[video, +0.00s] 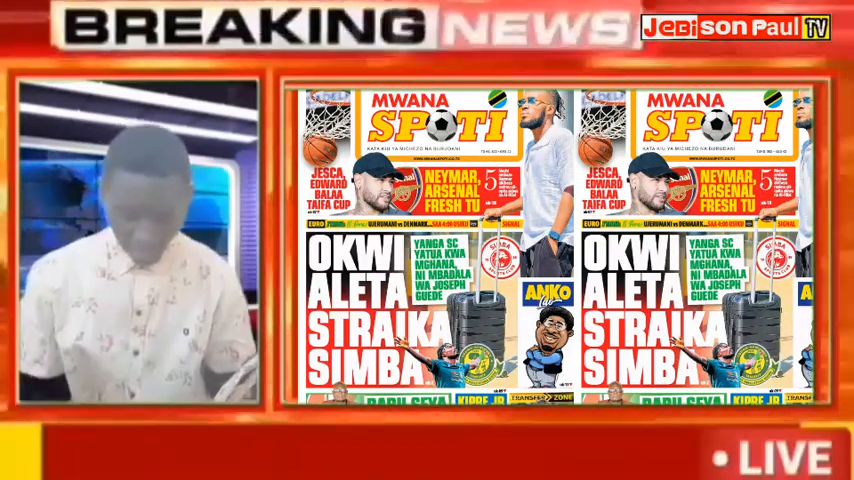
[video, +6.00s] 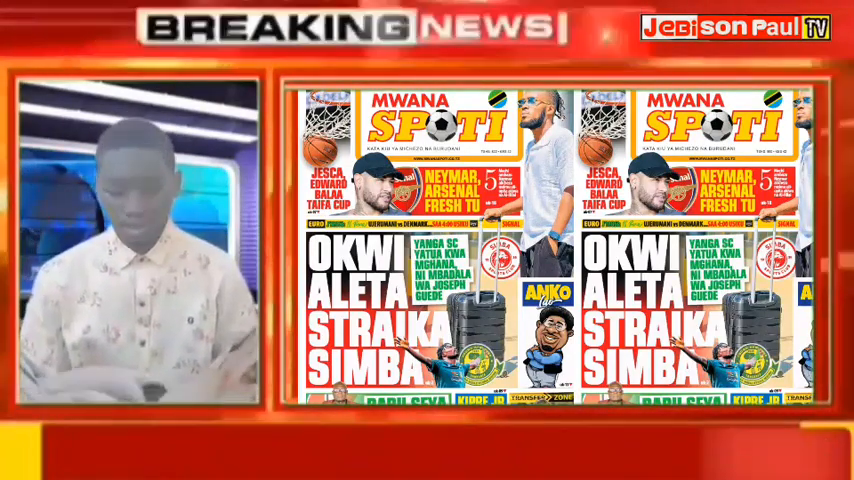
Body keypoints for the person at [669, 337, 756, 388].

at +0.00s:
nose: (729, 348)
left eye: (729, 347)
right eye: (725, 347)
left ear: (731, 351)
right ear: (718, 353)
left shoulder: (737, 366)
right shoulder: (714, 364)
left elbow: (750, 365)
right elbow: (698, 359)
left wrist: (754, 359)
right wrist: (684, 348)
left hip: (737, 401)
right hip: (720, 401)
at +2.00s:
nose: (729, 348)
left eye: (729, 347)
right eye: (725, 347)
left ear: (731, 351)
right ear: (718, 353)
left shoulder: (737, 366)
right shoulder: (714, 364)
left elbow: (750, 365)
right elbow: (698, 359)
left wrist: (754, 359)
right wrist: (684, 348)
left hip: (737, 401)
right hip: (720, 402)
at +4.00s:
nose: (728, 349)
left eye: (729, 347)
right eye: (724, 347)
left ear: (731, 351)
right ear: (718, 353)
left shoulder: (737, 366)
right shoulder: (714, 364)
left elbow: (750, 365)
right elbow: (698, 359)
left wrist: (754, 359)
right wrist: (684, 348)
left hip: (737, 401)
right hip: (720, 401)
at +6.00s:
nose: (728, 348)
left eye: (729, 347)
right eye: (724, 347)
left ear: (731, 351)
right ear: (718, 353)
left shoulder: (737, 366)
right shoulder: (714, 364)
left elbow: (749, 365)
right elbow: (698, 359)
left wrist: (754, 359)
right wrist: (684, 348)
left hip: (737, 400)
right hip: (720, 400)